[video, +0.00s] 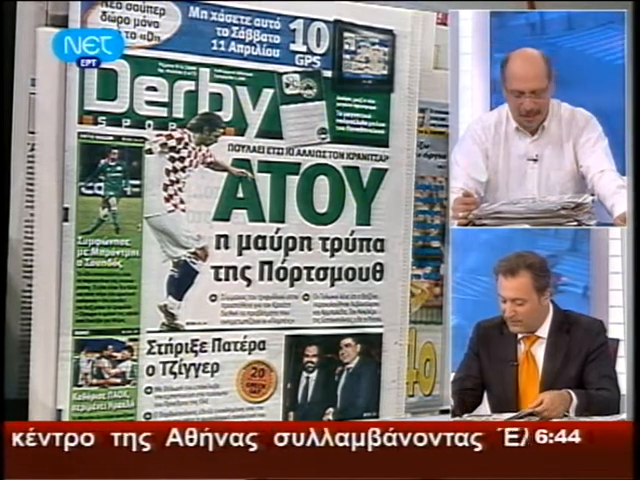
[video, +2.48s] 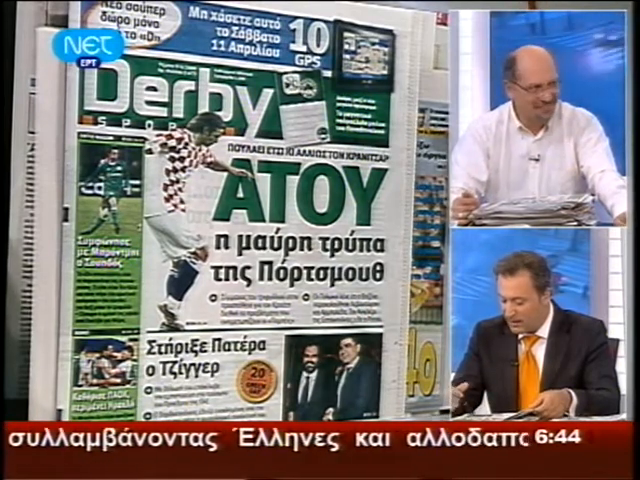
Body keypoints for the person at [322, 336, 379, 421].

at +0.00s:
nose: (343, 351)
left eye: (347, 346)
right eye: (341, 348)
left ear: (358, 348)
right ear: (339, 351)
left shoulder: (367, 368)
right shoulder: (341, 371)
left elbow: (361, 407)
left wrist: (335, 416)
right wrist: (332, 410)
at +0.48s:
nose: (343, 351)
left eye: (347, 346)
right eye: (341, 348)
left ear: (358, 348)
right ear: (339, 351)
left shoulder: (367, 368)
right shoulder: (341, 371)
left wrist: (335, 416)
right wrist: (331, 410)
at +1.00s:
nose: (343, 351)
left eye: (347, 346)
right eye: (341, 348)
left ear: (358, 348)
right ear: (339, 351)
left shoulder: (367, 367)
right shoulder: (341, 371)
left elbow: (361, 407)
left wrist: (335, 416)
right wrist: (332, 410)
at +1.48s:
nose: (343, 351)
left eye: (347, 346)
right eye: (341, 348)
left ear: (358, 348)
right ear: (339, 351)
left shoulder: (367, 367)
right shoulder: (341, 371)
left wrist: (335, 416)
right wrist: (331, 410)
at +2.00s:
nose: (343, 351)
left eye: (347, 346)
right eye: (341, 348)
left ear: (358, 348)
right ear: (339, 351)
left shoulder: (367, 367)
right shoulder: (341, 371)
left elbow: (361, 406)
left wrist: (335, 416)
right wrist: (331, 410)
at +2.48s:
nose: (343, 351)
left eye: (347, 346)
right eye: (341, 348)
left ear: (358, 348)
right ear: (339, 351)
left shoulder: (367, 368)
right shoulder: (341, 371)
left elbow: (361, 407)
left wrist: (335, 416)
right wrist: (332, 410)